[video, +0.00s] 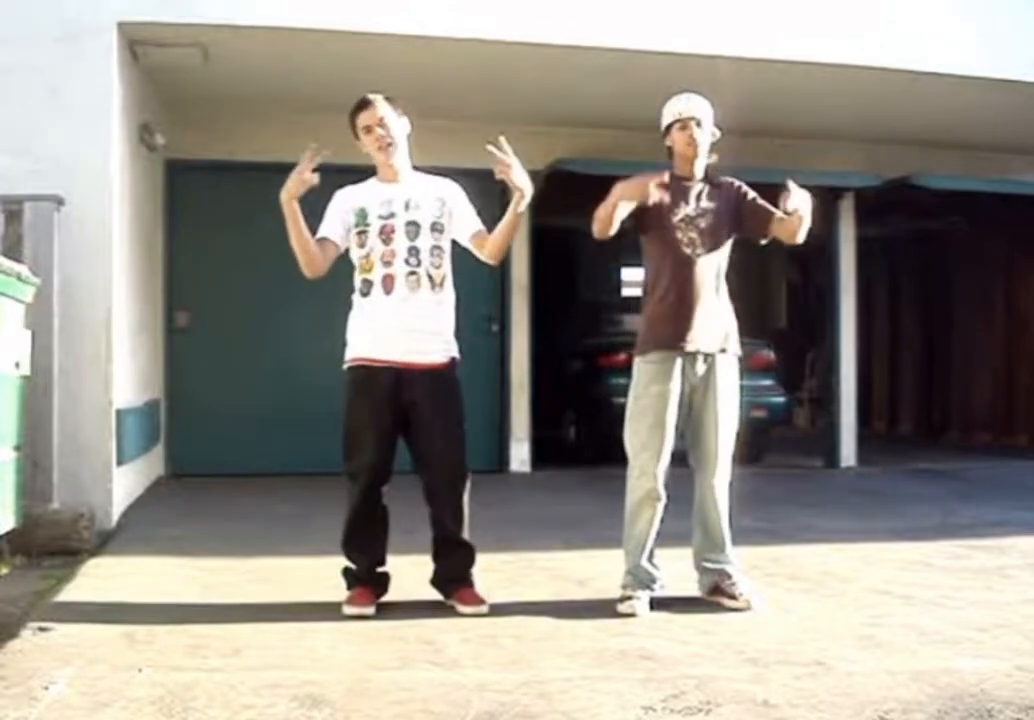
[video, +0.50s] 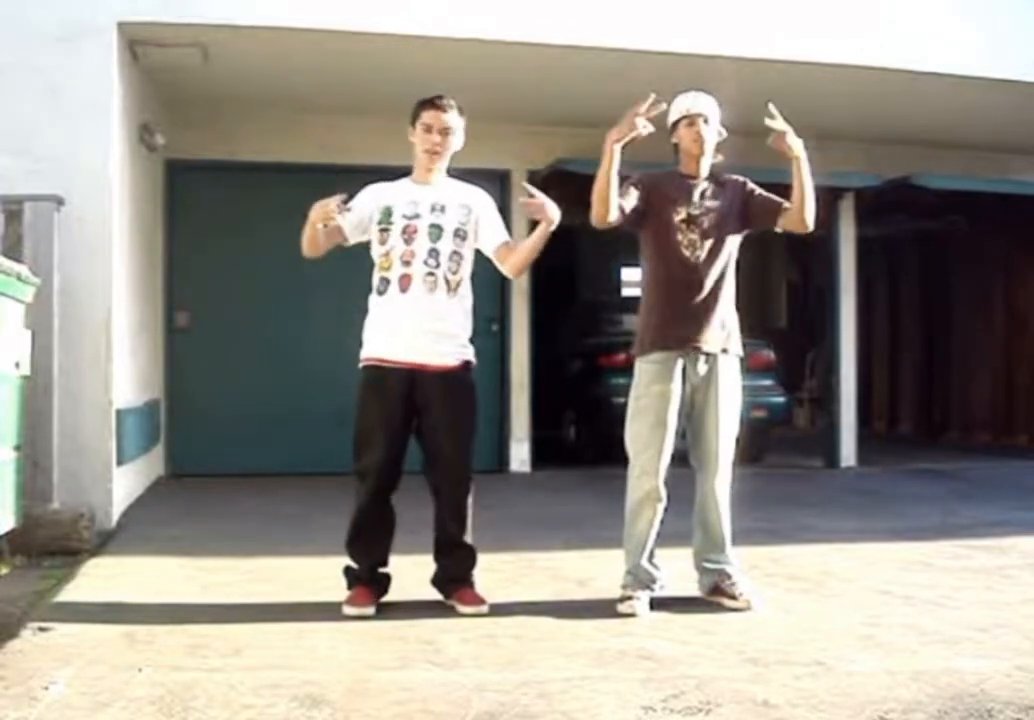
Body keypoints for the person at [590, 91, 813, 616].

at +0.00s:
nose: (690, 133)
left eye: (698, 125)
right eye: (680, 126)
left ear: (714, 135)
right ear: (667, 137)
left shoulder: (731, 194)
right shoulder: (649, 190)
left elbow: (791, 234)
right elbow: (602, 231)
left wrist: (799, 206)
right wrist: (619, 197)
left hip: (717, 345)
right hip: (659, 345)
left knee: (715, 467)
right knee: (647, 468)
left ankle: (717, 572)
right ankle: (638, 581)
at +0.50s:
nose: (697, 129)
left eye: (705, 121)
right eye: (687, 121)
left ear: (719, 133)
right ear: (673, 135)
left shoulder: (737, 191)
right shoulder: (651, 188)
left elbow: (801, 220)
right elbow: (602, 214)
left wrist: (798, 158)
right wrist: (612, 147)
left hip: (718, 345)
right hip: (659, 344)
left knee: (716, 466)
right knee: (647, 468)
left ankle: (717, 571)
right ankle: (638, 579)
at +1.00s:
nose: (700, 136)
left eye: (709, 128)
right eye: (692, 127)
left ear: (724, 137)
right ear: (678, 134)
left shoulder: (736, 195)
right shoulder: (650, 189)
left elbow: (777, 238)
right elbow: (602, 239)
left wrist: (810, 251)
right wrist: (614, 257)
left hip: (722, 346)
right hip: (662, 344)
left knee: (719, 467)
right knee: (651, 467)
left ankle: (717, 572)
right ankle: (638, 580)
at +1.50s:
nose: (744, 141)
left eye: (740, 134)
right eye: (736, 133)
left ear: (702, 141)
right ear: (715, 136)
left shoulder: (705, 184)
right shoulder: (714, 163)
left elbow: (753, 209)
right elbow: (772, 173)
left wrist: (807, 173)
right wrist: (818, 161)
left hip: (723, 344)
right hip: (703, 343)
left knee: (776, 446)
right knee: (669, 458)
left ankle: (786, 565)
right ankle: (607, 575)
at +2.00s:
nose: (802, 169)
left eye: (801, 160)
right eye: (796, 159)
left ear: (763, 165)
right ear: (774, 162)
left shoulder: (751, 207)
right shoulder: (773, 201)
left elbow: (785, 260)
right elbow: (793, 254)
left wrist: (829, 241)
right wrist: (845, 213)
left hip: (755, 359)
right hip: (747, 355)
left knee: (799, 461)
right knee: (698, 464)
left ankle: (788, 573)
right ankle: (614, 566)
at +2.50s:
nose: (832, 241)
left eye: (841, 233)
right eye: (824, 230)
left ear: (851, 241)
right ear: (808, 230)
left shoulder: (813, 276)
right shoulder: (795, 260)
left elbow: (787, 320)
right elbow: (769, 289)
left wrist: (825, 351)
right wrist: (830, 330)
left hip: (740, 379)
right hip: (694, 373)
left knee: (790, 460)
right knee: (693, 476)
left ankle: (787, 572)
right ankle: (628, 582)